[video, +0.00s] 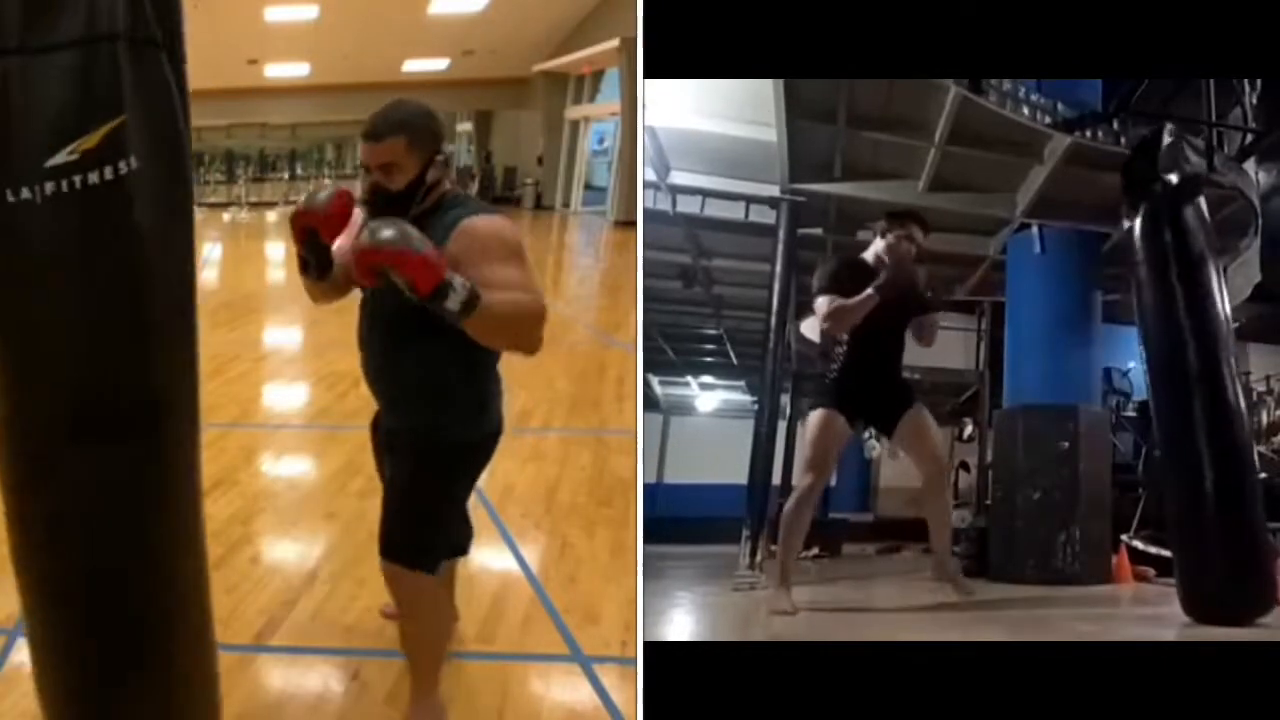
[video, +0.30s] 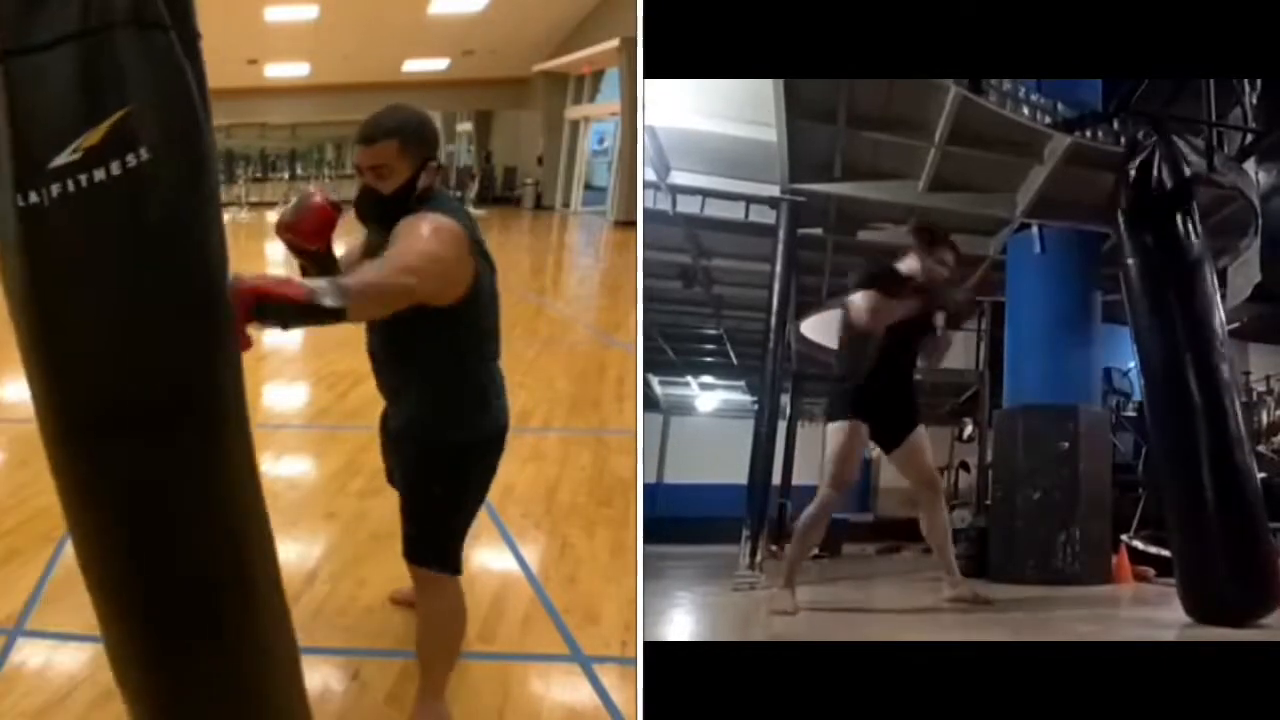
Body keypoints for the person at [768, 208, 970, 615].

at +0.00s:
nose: (906, 249)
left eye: (914, 245)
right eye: (902, 239)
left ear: (917, 253)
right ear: (879, 237)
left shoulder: (907, 285)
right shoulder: (844, 270)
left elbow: (925, 337)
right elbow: (829, 322)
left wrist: (921, 290)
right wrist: (878, 287)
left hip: (889, 390)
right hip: (841, 388)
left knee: (937, 469)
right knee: (811, 480)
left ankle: (943, 566)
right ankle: (781, 582)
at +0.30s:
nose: (945, 273)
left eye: (950, 268)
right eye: (941, 263)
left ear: (946, 270)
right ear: (918, 255)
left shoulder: (928, 300)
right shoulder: (880, 277)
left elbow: (932, 360)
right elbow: (864, 316)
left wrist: (947, 329)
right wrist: (918, 299)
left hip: (896, 401)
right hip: (854, 395)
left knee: (930, 487)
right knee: (833, 490)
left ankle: (953, 581)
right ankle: (785, 583)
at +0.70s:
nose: (986, 282)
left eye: (991, 274)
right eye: (981, 271)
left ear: (991, 276)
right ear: (957, 263)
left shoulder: (979, 309)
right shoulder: (915, 284)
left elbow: (985, 360)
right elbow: (891, 342)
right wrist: (945, 318)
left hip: (942, 405)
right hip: (899, 397)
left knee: (989, 480)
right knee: (877, 480)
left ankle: (962, 574)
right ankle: (827, 586)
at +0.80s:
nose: (1003, 287)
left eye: (1007, 281)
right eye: (999, 278)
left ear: (1006, 280)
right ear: (980, 269)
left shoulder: (992, 308)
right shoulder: (940, 285)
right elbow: (918, 332)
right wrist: (969, 316)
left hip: (946, 404)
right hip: (904, 397)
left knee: (991, 480)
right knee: (883, 485)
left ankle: (997, 577)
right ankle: (827, 586)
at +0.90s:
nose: (1029, 308)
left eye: (1033, 300)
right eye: (1027, 297)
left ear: (1013, 294)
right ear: (1005, 286)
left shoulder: (1000, 321)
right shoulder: (967, 296)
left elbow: (987, 365)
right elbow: (970, 347)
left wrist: (1010, 355)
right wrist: (1013, 340)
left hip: (962, 418)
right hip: (921, 410)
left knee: (1015, 483)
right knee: (890, 496)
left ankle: (1017, 581)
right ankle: (820, 589)